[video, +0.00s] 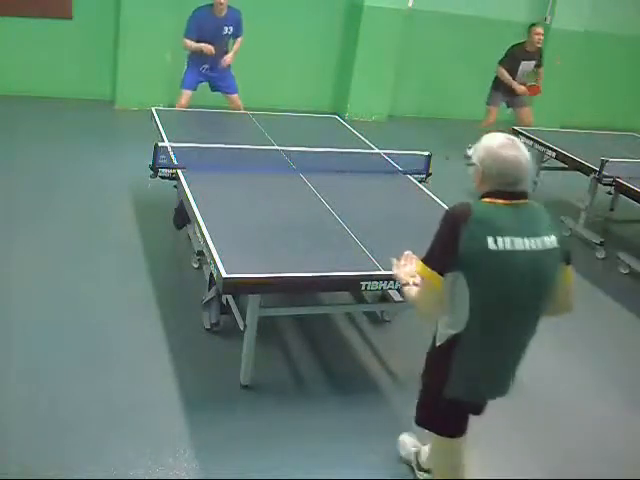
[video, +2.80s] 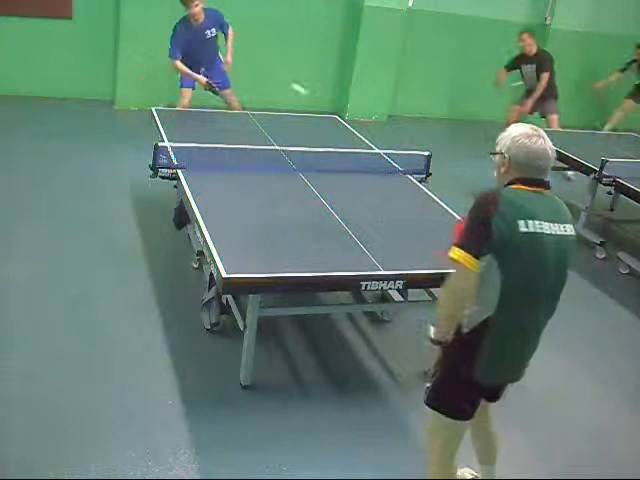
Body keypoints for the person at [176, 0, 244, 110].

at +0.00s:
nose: (221, 1)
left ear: (228, 1)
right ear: (213, 1)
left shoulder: (235, 15)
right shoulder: (199, 14)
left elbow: (238, 38)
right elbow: (186, 43)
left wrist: (231, 55)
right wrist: (201, 46)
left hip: (221, 65)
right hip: (197, 64)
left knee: (236, 105)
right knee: (183, 103)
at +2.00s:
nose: (207, 19)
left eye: (209, 14)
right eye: (204, 15)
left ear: (216, 12)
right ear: (200, 15)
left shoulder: (231, 25)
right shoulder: (196, 28)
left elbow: (243, 49)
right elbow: (188, 49)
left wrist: (232, 68)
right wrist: (187, 60)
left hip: (228, 72)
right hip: (204, 73)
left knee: (241, 107)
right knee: (188, 104)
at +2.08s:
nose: (200, 23)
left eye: (203, 18)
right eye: (197, 19)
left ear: (210, 16)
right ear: (194, 19)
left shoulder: (227, 27)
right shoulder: (194, 32)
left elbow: (243, 50)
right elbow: (187, 59)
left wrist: (232, 69)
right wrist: (181, 69)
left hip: (230, 70)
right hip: (207, 72)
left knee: (243, 108)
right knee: (192, 104)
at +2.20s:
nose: (187, 33)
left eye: (189, 28)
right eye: (184, 29)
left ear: (198, 23)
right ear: (182, 29)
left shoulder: (219, 31)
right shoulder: (186, 43)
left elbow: (243, 46)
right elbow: (186, 70)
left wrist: (235, 71)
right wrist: (172, 79)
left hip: (230, 72)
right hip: (208, 74)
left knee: (243, 109)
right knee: (191, 104)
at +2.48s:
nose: (177, 38)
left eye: (178, 33)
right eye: (174, 35)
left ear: (186, 28)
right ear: (172, 34)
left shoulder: (208, 31)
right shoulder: (176, 47)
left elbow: (233, 42)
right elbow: (179, 73)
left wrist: (230, 68)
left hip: (221, 72)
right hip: (198, 74)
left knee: (236, 107)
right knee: (184, 104)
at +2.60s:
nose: (182, 28)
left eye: (184, 23)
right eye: (178, 25)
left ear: (190, 18)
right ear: (175, 26)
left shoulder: (208, 25)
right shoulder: (176, 40)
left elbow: (230, 37)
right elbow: (181, 73)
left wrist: (226, 63)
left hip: (216, 67)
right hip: (194, 71)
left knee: (235, 105)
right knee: (185, 102)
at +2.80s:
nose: (193, 11)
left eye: (196, 6)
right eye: (190, 8)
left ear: (201, 5)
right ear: (186, 9)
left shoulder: (213, 16)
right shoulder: (181, 28)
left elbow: (228, 30)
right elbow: (176, 61)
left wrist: (228, 56)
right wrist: (198, 78)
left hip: (213, 63)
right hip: (190, 67)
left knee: (231, 100)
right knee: (185, 102)